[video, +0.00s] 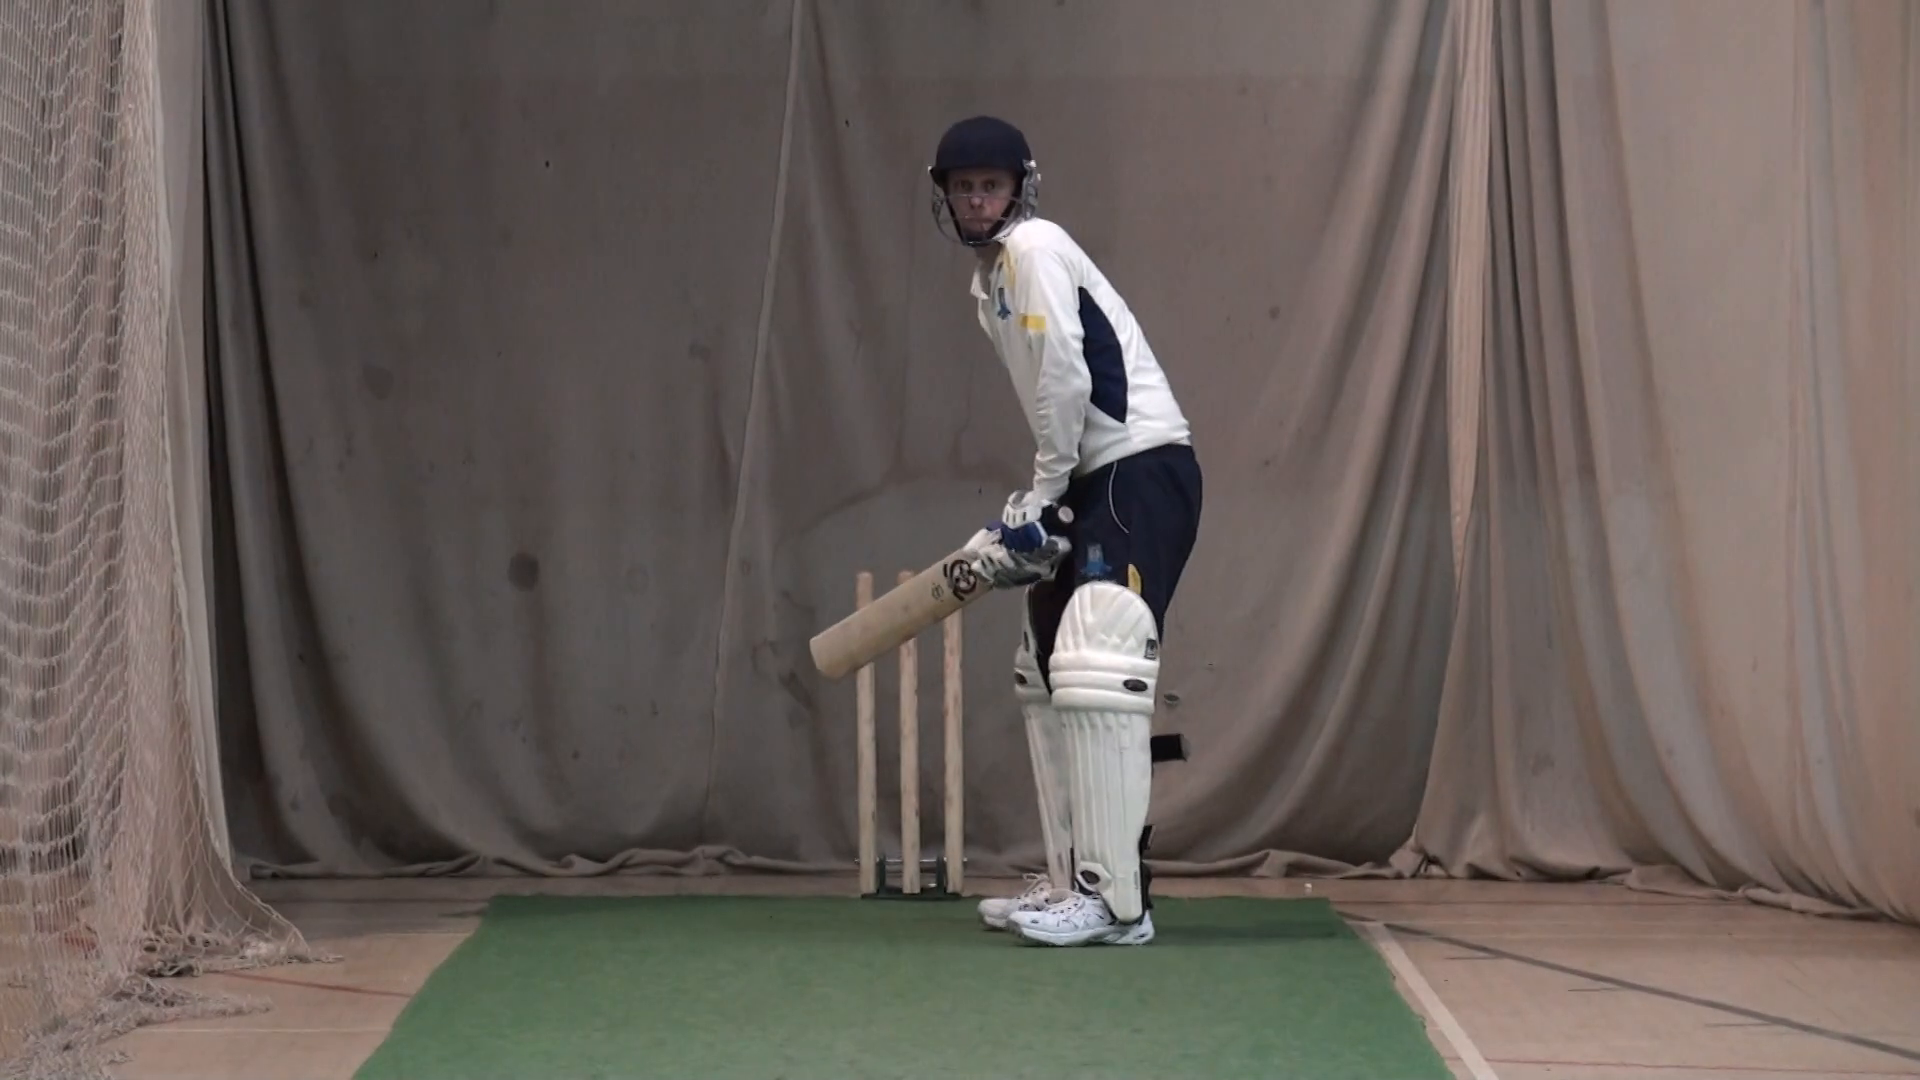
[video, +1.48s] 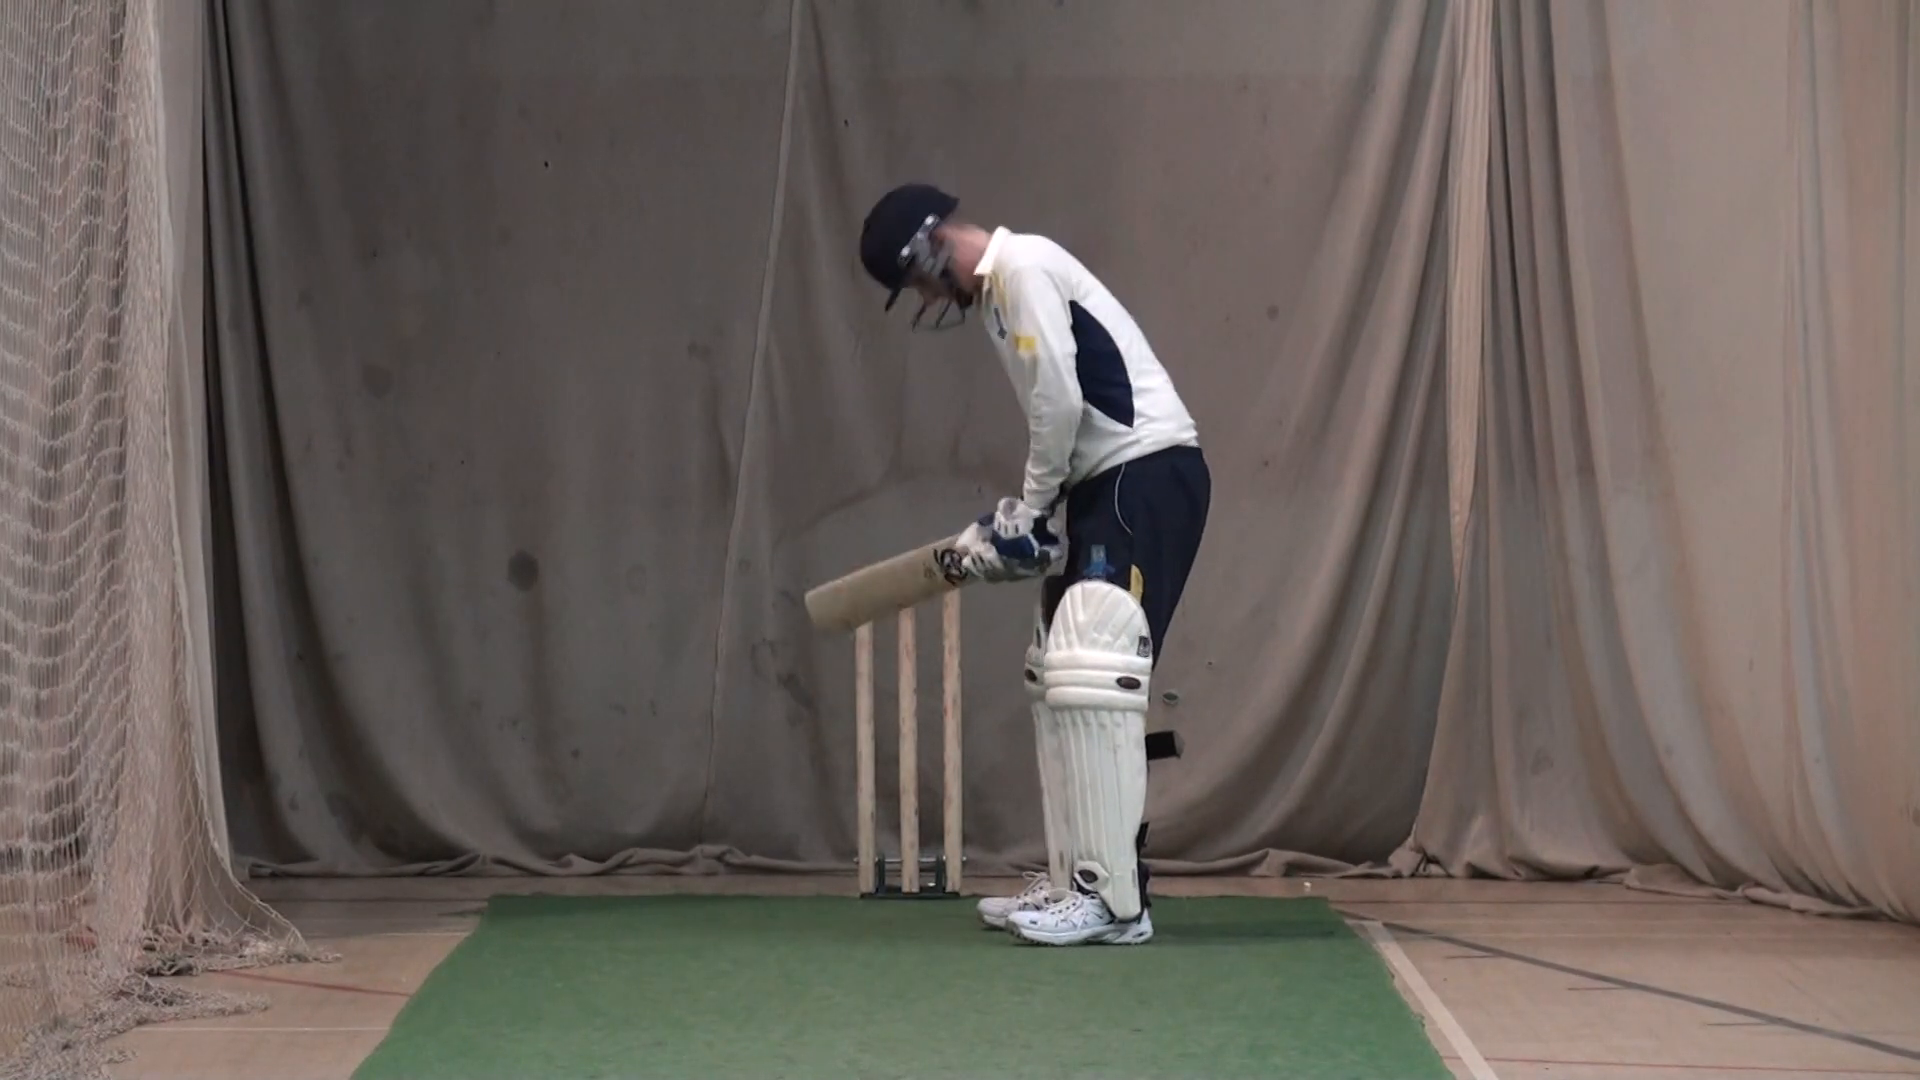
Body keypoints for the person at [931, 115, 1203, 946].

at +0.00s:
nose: (977, 202)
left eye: (992, 186)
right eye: (962, 189)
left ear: (1019, 187)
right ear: (944, 198)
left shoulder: (1033, 249)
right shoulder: (993, 280)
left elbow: (1066, 379)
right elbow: (1052, 412)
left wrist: (1044, 493)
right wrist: (1022, 520)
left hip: (1138, 468)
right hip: (1090, 480)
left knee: (1097, 674)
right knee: (1048, 676)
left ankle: (1115, 899)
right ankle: (1076, 885)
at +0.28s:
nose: (978, 208)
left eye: (993, 192)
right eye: (963, 195)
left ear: (1021, 193)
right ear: (945, 203)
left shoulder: (1034, 255)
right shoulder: (994, 285)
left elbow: (1074, 389)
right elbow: (1056, 409)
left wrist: (1051, 507)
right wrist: (1043, 517)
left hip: (1146, 473)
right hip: (1105, 479)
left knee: (1093, 677)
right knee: (1062, 676)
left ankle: (1112, 897)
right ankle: (1078, 884)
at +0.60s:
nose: (977, 212)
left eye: (992, 195)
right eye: (962, 199)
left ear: (1019, 195)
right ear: (943, 206)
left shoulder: (1035, 258)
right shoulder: (995, 287)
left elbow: (1077, 391)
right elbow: (1061, 415)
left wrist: (1044, 509)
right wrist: (1030, 528)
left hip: (1147, 472)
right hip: (1103, 478)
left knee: (1094, 676)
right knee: (1060, 675)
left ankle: (1111, 897)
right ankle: (1078, 884)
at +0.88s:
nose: (977, 208)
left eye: (991, 191)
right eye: (961, 196)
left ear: (1020, 190)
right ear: (943, 204)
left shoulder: (1039, 251)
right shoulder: (992, 287)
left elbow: (1080, 379)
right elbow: (1059, 410)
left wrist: (1037, 488)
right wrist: (1027, 521)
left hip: (1144, 472)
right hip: (1094, 481)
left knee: (1093, 676)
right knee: (1055, 677)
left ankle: (1112, 897)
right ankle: (1077, 884)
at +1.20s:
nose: (951, 224)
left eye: (962, 204)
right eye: (938, 212)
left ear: (998, 193)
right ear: (930, 218)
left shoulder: (1034, 249)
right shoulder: (1001, 280)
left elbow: (1071, 376)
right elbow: (1057, 415)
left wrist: (1040, 483)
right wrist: (1020, 520)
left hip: (1142, 474)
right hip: (1096, 480)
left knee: (1091, 675)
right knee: (1053, 676)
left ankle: (1114, 900)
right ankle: (1076, 882)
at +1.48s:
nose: (931, 298)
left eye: (922, 279)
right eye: (918, 291)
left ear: (939, 241)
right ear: (944, 240)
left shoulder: (1018, 269)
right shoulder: (1002, 286)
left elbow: (1059, 400)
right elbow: (1062, 421)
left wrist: (1030, 506)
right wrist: (1016, 533)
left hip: (1143, 475)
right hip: (1104, 486)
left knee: (1094, 676)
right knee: (1061, 676)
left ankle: (1113, 899)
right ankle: (1076, 884)